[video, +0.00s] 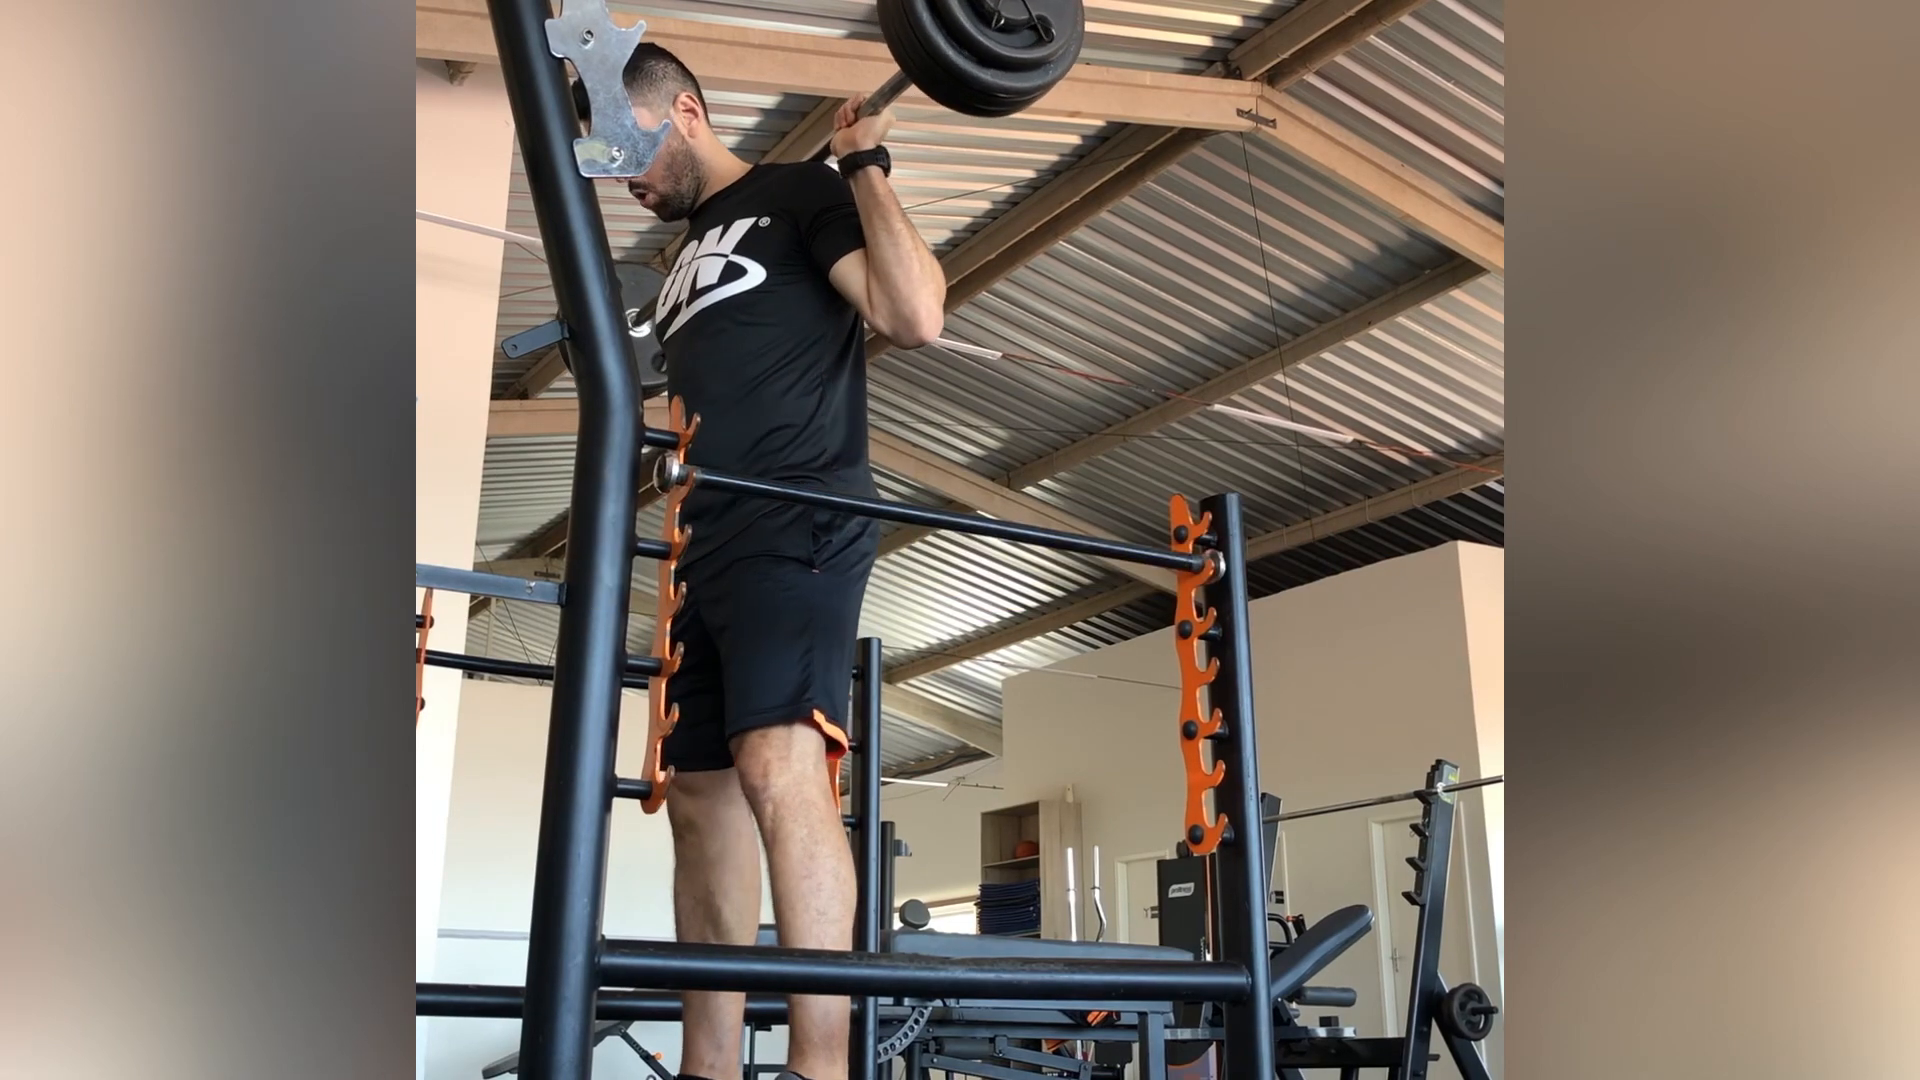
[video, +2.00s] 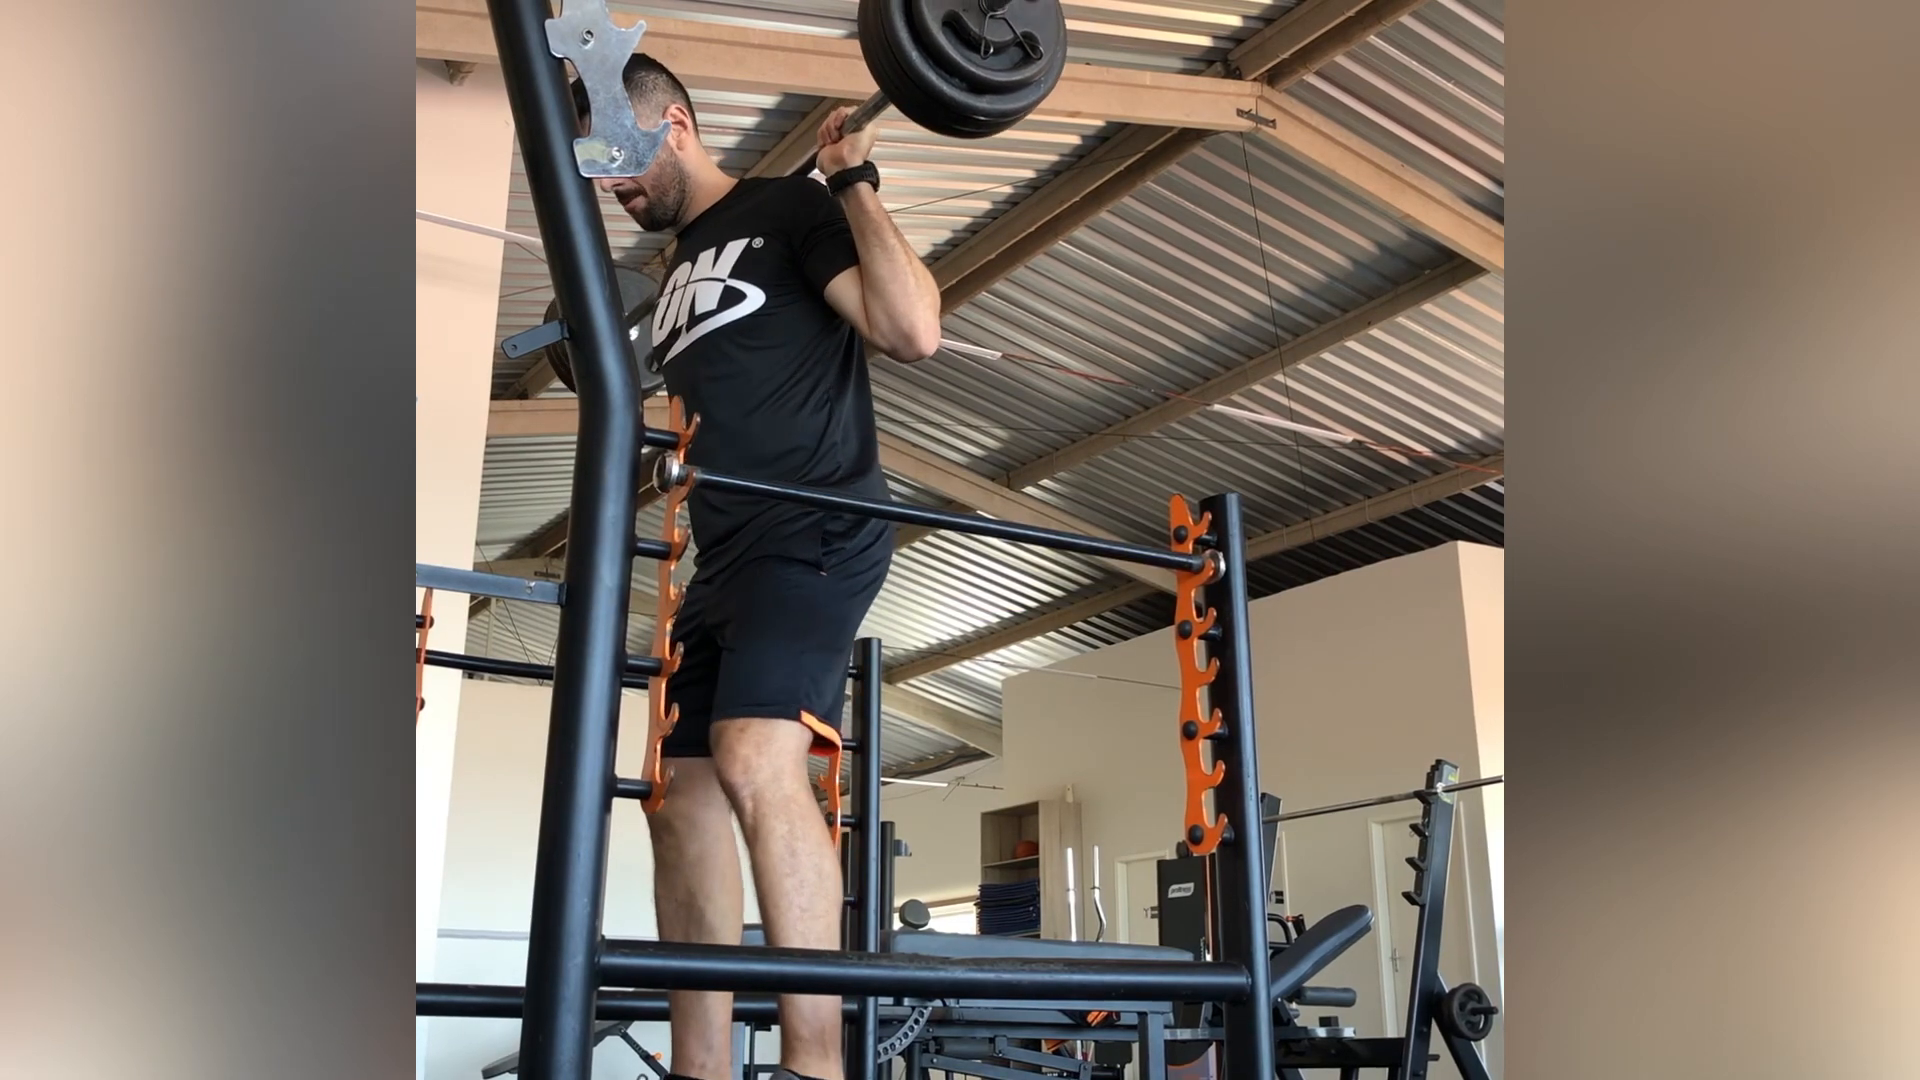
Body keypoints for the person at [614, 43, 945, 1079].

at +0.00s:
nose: (631, 180)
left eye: (636, 149)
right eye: (618, 161)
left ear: (692, 113)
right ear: (672, 130)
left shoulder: (804, 190)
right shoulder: (684, 259)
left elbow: (916, 315)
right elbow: (700, 411)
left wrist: (867, 168)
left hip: (799, 521)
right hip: (711, 535)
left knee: (781, 762)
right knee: (697, 787)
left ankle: (826, 1063)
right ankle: (713, 1063)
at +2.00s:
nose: (615, 183)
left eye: (626, 155)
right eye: (602, 168)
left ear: (680, 127)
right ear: (610, 171)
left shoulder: (790, 205)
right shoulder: (677, 277)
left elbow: (914, 332)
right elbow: (709, 421)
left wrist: (855, 184)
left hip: (817, 526)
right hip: (725, 546)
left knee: (758, 754)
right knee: (683, 789)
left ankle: (819, 1063)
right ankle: (699, 1068)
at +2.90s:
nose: (590, 309)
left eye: (600, 283)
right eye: (582, 288)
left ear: (661, 267)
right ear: (642, 277)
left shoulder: (781, 341)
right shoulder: (661, 406)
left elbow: (914, 472)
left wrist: (837, 318)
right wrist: (621, 433)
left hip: (868, 634)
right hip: (763, 659)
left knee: (702, 789)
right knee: (587, 812)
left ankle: (816, 1068)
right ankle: (686, 1072)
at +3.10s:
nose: (570, 406)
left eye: (578, 376)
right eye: (557, 387)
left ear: (649, 350)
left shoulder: (766, 415)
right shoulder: (646, 487)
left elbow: (911, 550)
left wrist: (827, 407)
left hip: (882, 700)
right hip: (772, 721)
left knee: (690, 793)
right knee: (568, 833)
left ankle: (816, 1070)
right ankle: (685, 1074)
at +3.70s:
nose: (548, 573)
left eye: (560, 542)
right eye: (537, 552)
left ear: (638, 514)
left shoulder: (749, 578)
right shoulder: (623, 643)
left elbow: (911, 714)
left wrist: (809, 570)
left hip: (886, 853)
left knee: (667, 818)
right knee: (547, 848)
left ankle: (802, 1071)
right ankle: (681, 1073)